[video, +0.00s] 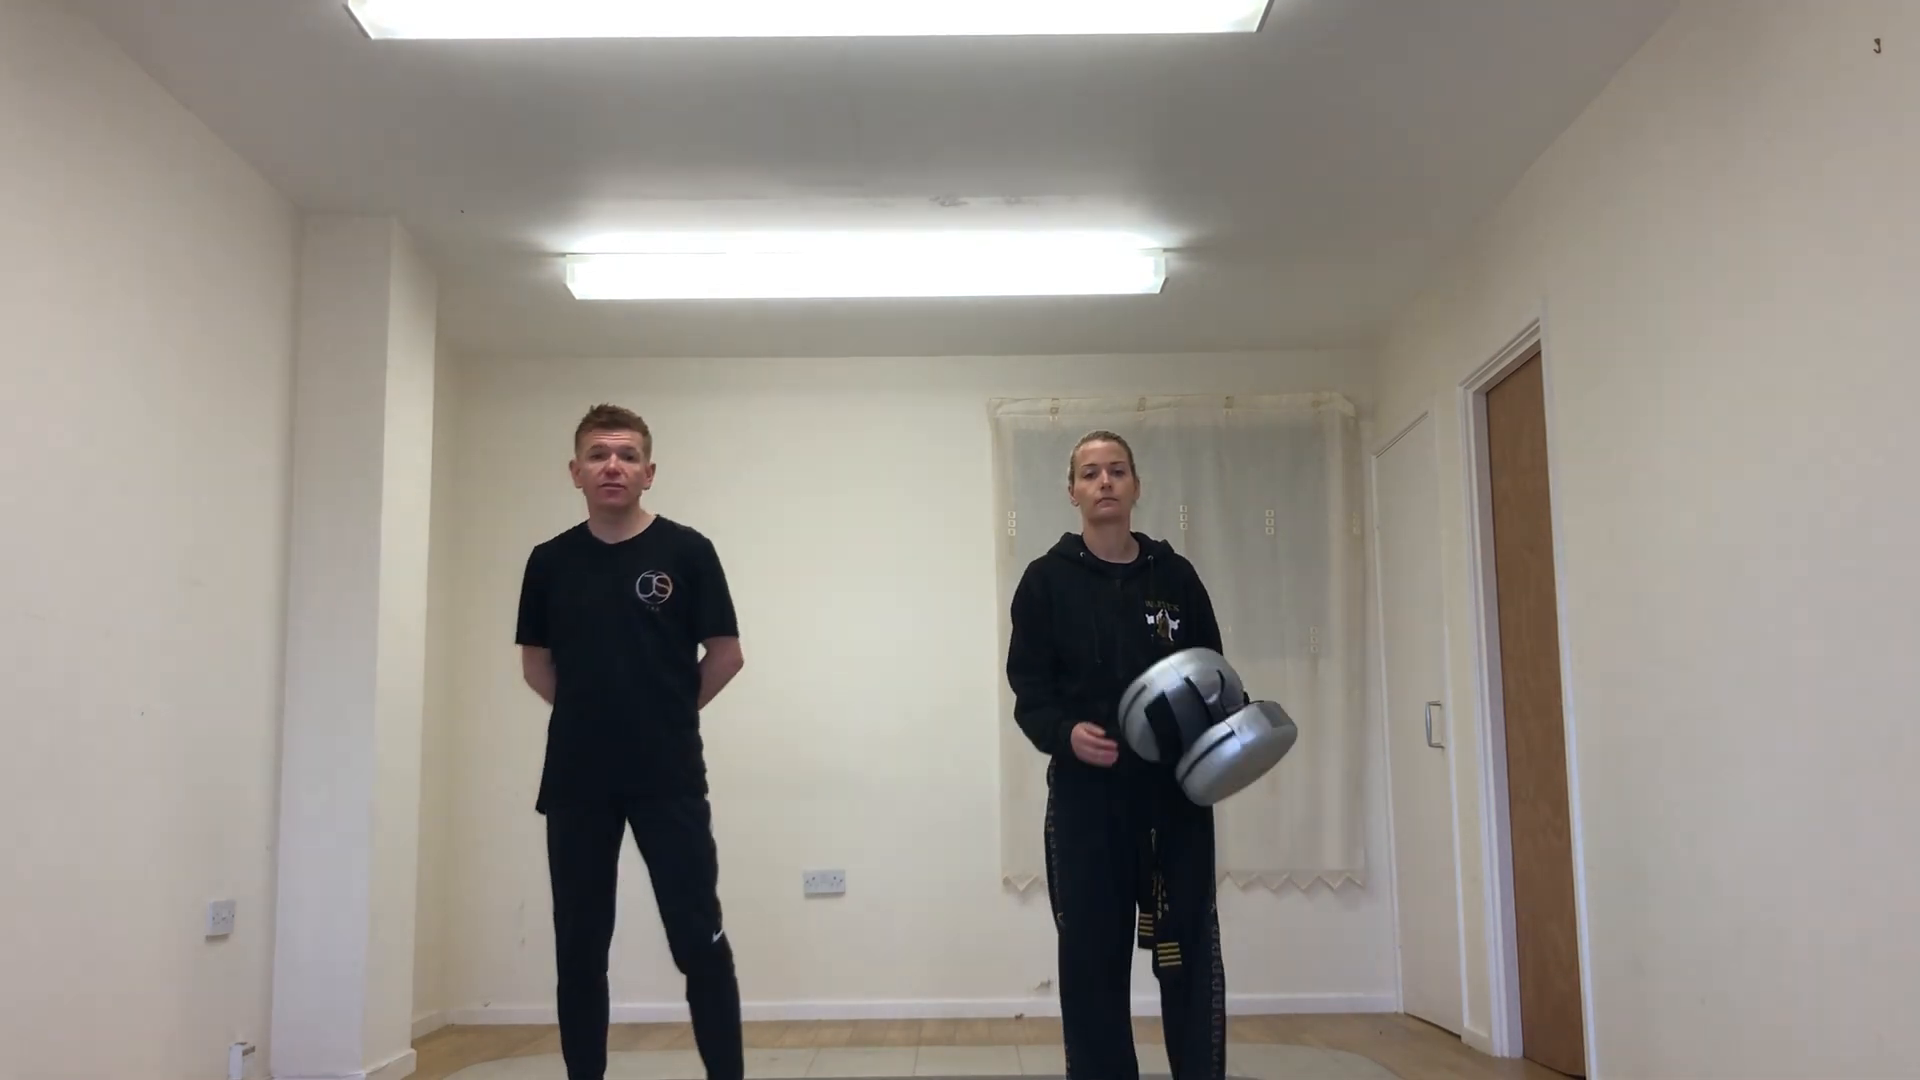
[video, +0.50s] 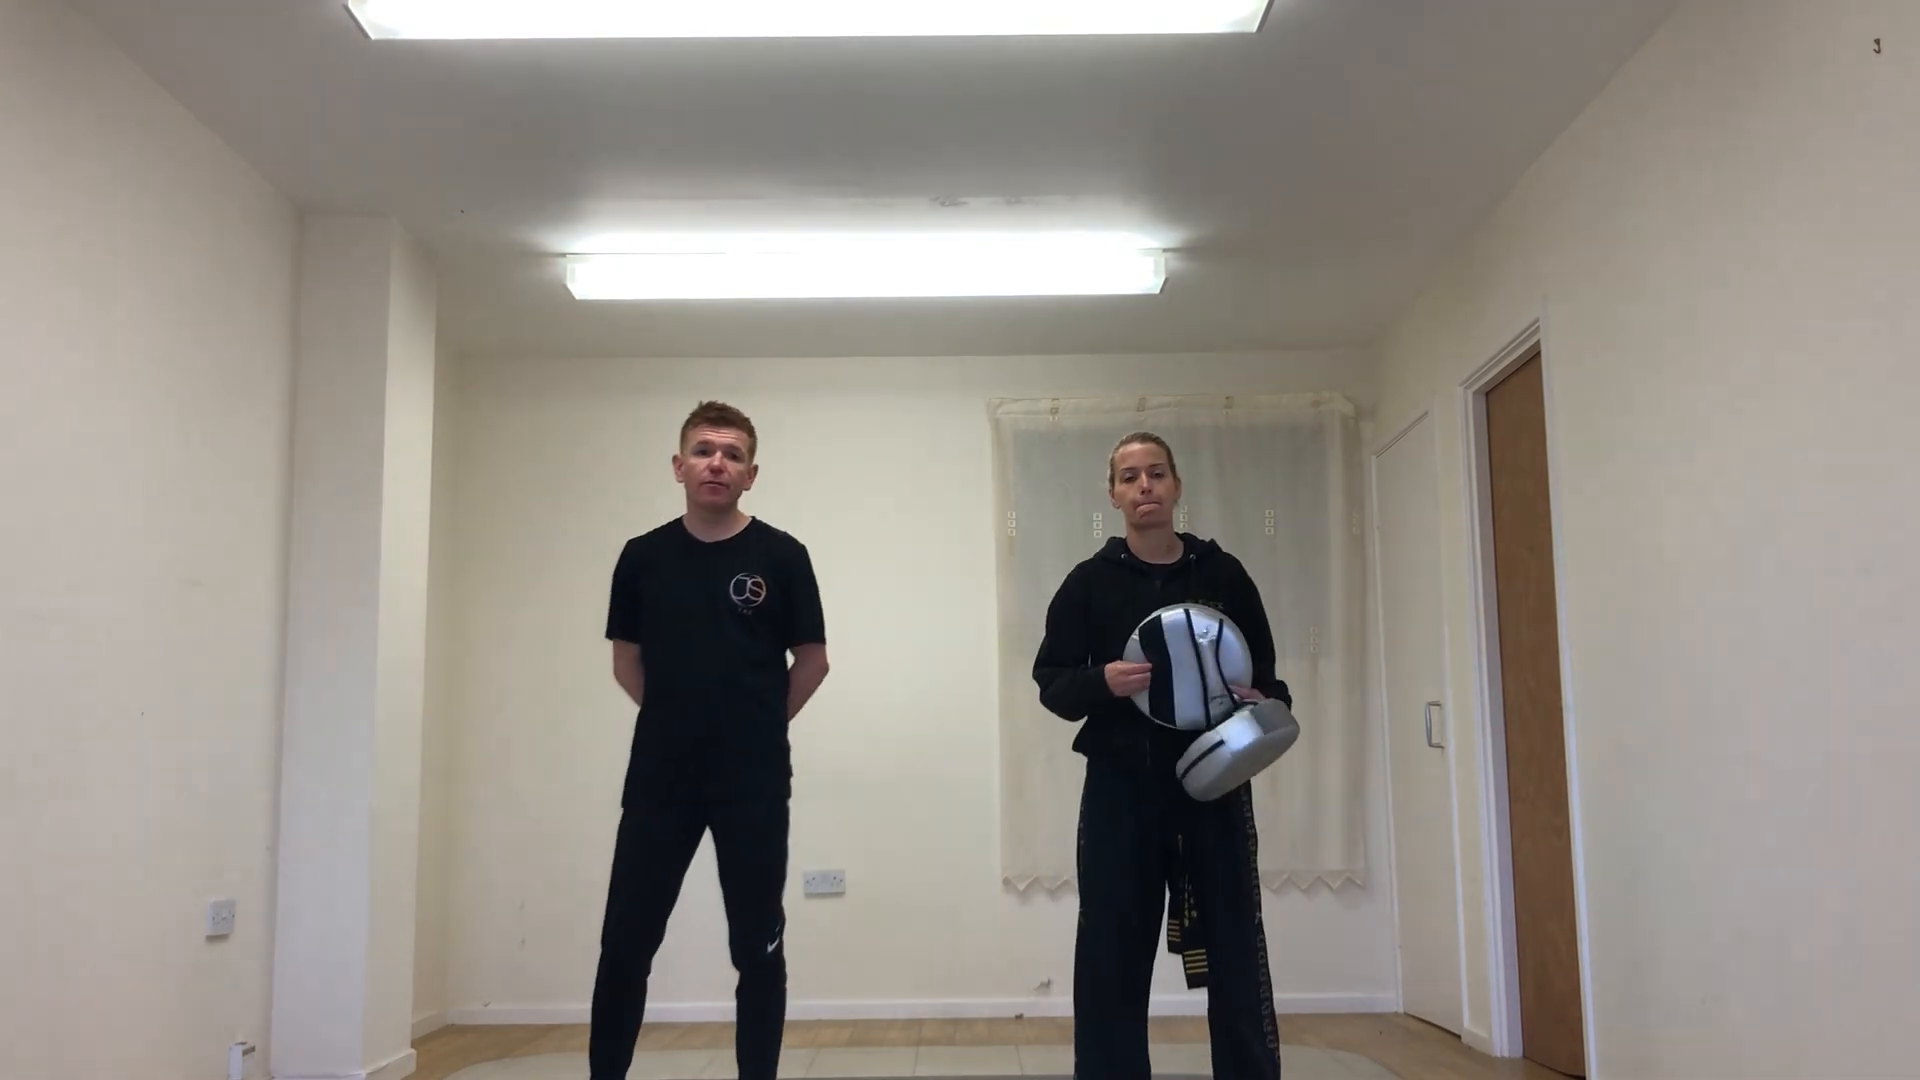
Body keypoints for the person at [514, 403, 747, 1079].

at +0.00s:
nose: (612, 465)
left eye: (626, 455)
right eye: (598, 454)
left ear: (648, 471)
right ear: (576, 472)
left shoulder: (687, 550)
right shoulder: (548, 560)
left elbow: (725, 654)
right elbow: (537, 669)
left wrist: (671, 709)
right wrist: (593, 707)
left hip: (666, 766)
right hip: (579, 769)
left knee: (700, 941)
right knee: (578, 947)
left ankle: (725, 1076)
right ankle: (583, 1076)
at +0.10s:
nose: (628, 466)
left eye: (643, 456)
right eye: (614, 455)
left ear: (664, 473)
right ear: (592, 471)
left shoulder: (702, 552)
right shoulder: (564, 559)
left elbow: (739, 656)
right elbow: (553, 670)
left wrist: (684, 712)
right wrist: (608, 709)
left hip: (677, 768)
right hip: (589, 770)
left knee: (712, 941)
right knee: (584, 948)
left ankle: (742, 1075)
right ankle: (585, 1076)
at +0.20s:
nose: (649, 467)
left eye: (664, 457)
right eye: (635, 455)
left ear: (685, 475)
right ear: (613, 470)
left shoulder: (721, 554)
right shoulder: (584, 560)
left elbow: (756, 661)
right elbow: (570, 670)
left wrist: (701, 717)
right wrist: (625, 712)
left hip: (694, 772)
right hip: (606, 774)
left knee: (721, 946)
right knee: (595, 949)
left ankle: (743, 1075)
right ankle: (589, 1075)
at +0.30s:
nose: (672, 464)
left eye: (688, 455)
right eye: (659, 452)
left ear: (708, 474)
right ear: (638, 467)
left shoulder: (743, 553)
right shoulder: (605, 558)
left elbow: (771, 660)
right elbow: (592, 669)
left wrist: (722, 723)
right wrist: (645, 715)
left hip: (715, 771)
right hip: (627, 772)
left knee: (738, 947)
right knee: (607, 948)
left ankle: (750, 1076)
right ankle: (594, 1075)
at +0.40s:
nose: (697, 463)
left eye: (713, 454)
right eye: (683, 451)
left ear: (730, 474)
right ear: (660, 467)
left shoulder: (764, 554)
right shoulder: (624, 557)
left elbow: (790, 662)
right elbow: (613, 673)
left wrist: (741, 723)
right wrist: (665, 718)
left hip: (736, 772)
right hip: (647, 771)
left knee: (751, 951)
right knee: (618, 949)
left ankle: (755, 1077)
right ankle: (599, 1076)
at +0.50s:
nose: (717, 463)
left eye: (733, 454)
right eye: (704, 451)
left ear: (750, 473)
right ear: (680, 466)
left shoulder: (782, 555)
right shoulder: (642, 554)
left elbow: (812, 661)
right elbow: (626, 665)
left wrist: (762, 721)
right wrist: (677, 715)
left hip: (751, 769)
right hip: (663, 767)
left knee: (759, 949)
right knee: (624, 946)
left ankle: (757, 1077)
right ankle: (605, 1076)